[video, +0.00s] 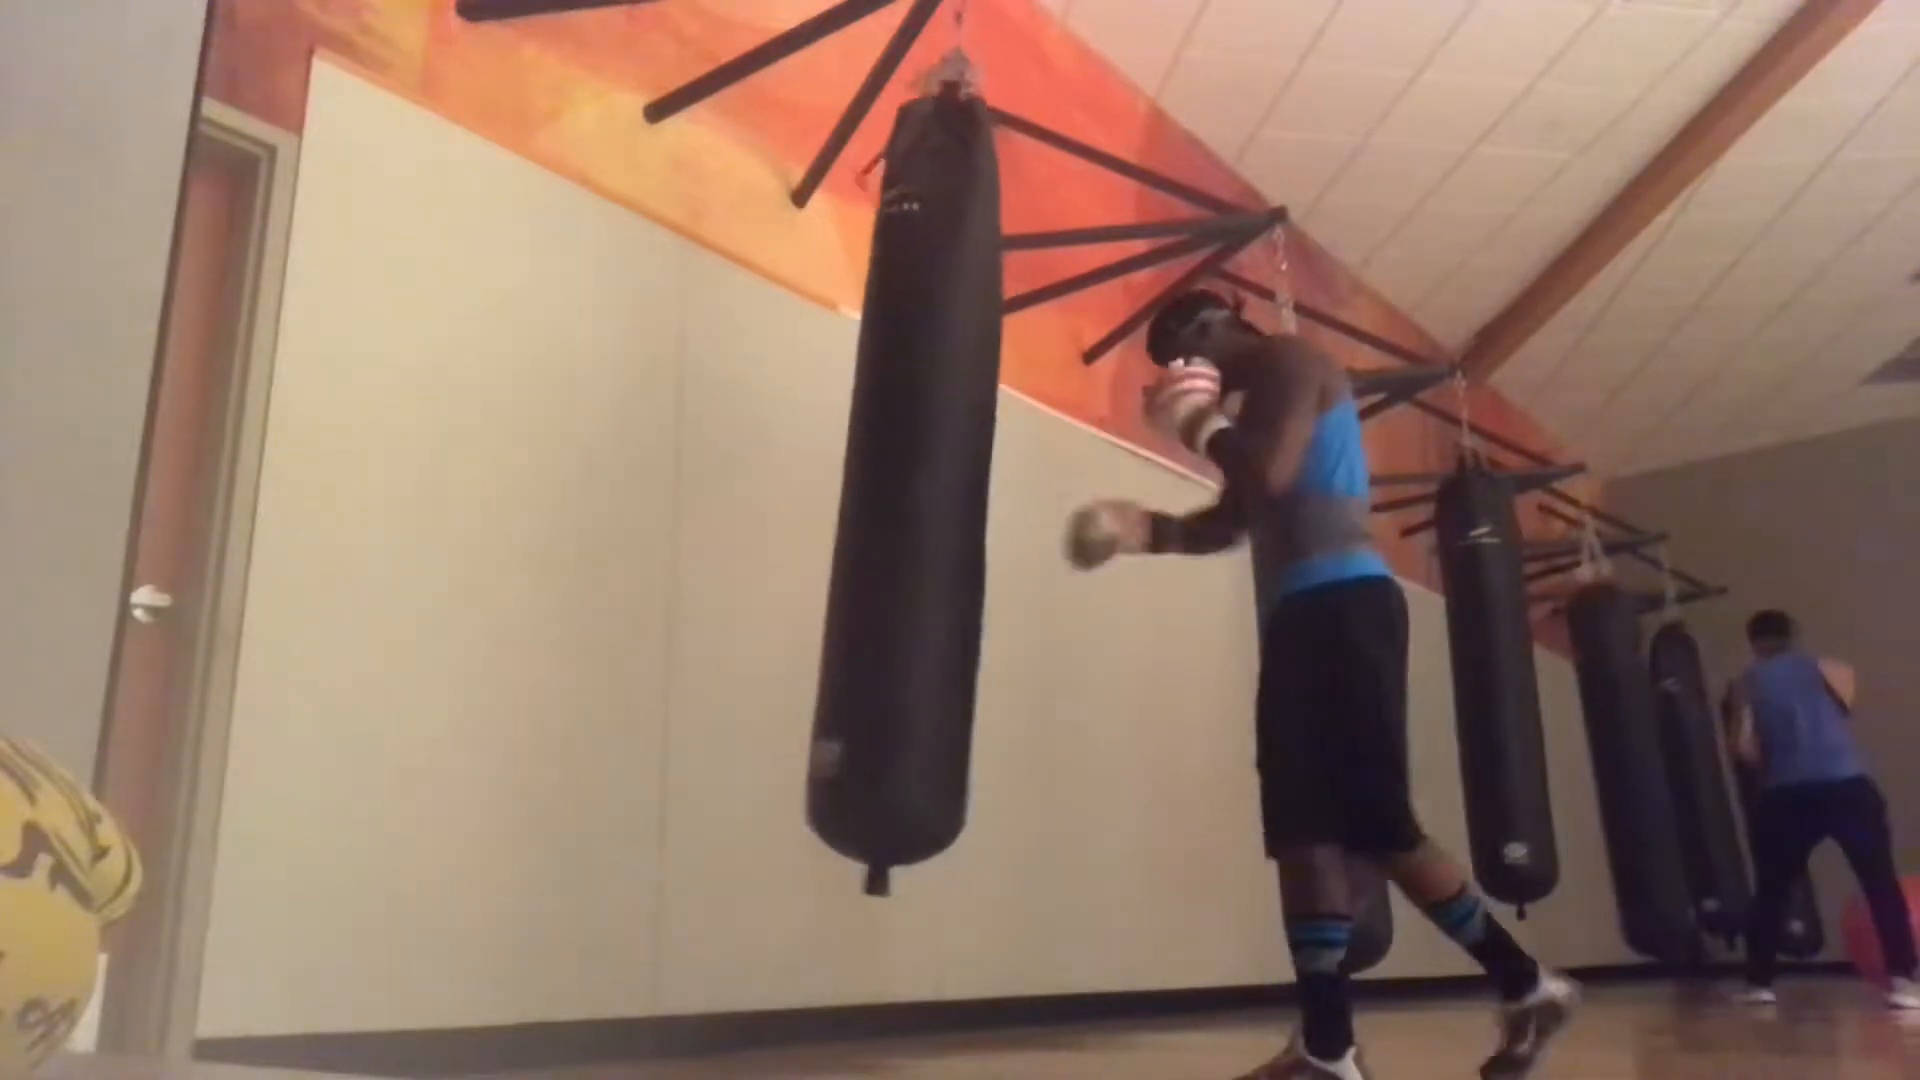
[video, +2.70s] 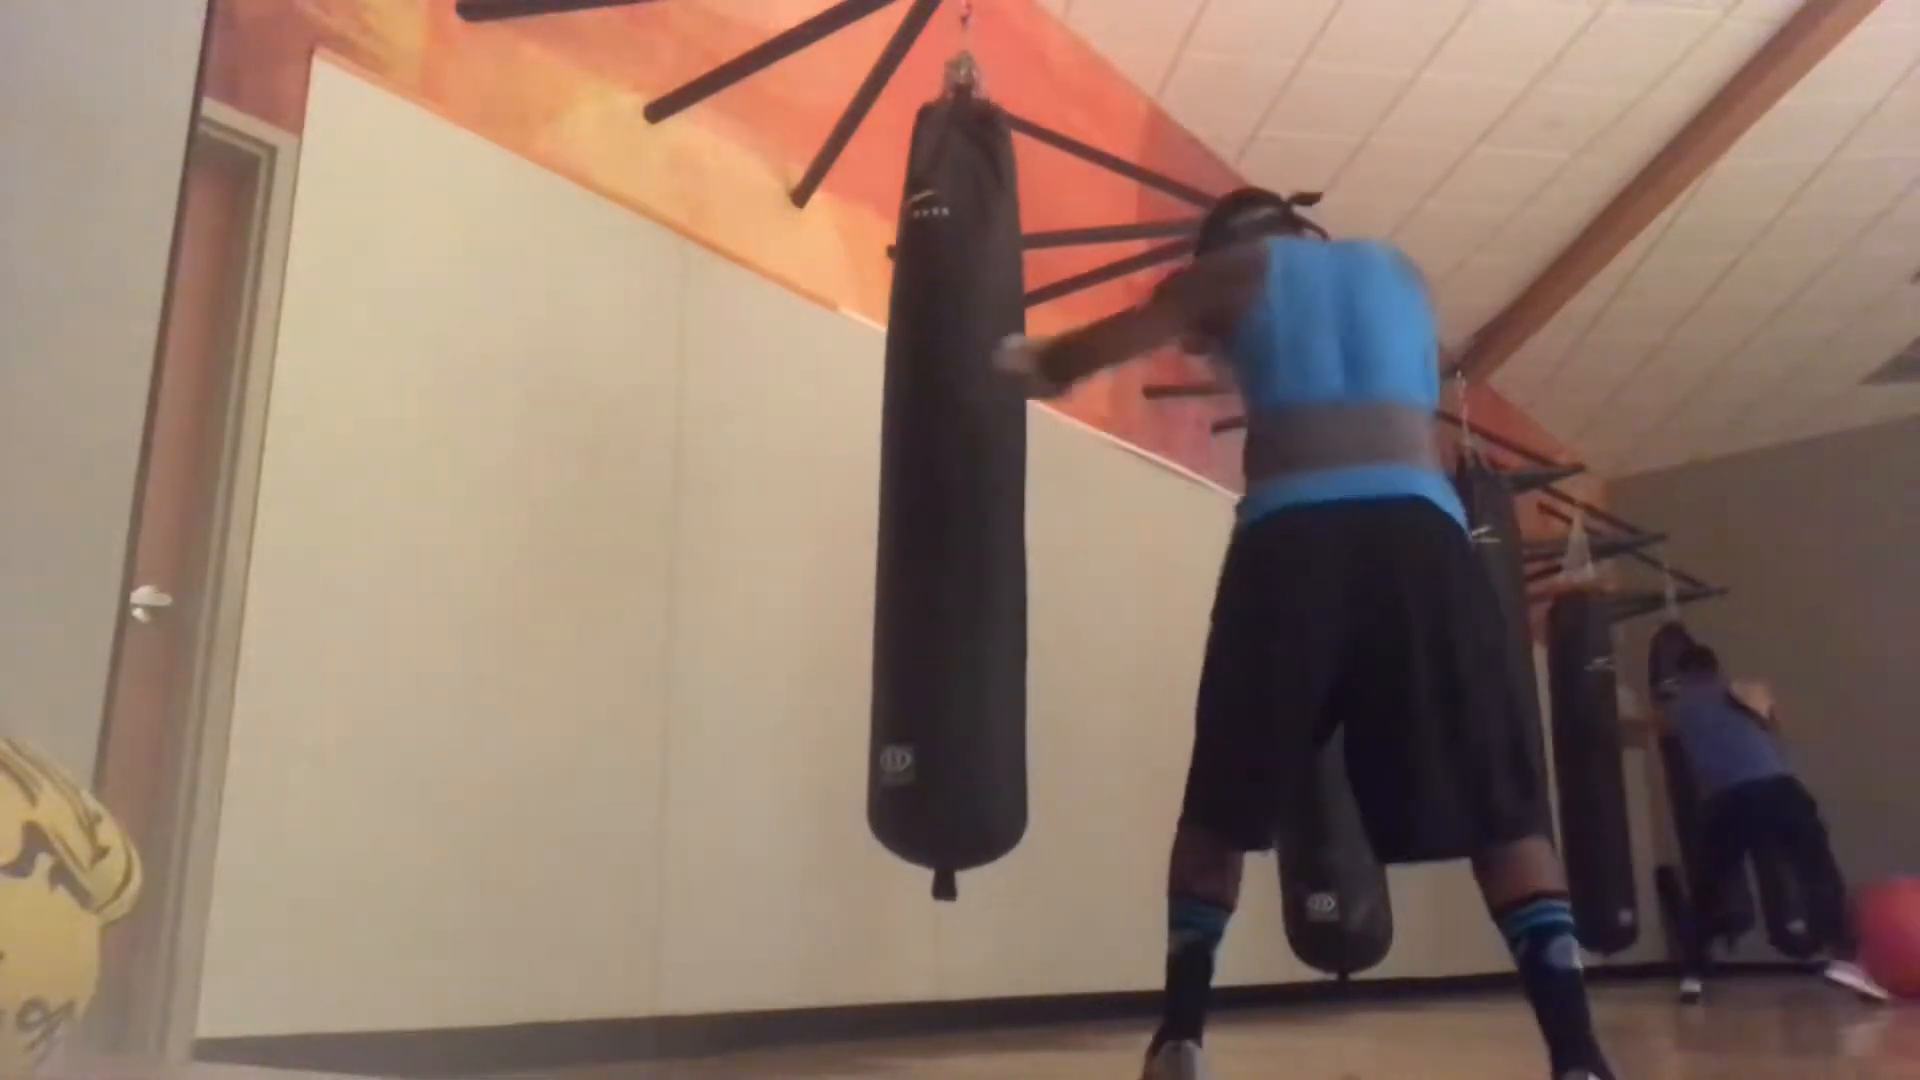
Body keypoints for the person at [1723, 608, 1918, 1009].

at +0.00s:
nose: (1761, 650)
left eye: (1756, 644)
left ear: (1754, 645)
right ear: (1793, 636)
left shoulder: (1745, 685)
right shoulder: (1827, 667)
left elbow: (1743, 748)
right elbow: (1847, 704)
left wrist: (1775, 758)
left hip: (1788, 796)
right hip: (1849, 789)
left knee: (1771, 889)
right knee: (1880, 882)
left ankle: (1760, 983)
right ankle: (1904, 978)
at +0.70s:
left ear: (1769, 644)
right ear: (1810, 638)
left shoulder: (1758, 682)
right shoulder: (1841, 668)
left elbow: (1733, 727)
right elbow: (1862, 707)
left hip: (1801, 799)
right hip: (1860, 794)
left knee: (1778, 884)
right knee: (1903, 880)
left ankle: (1764, 980)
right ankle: (1916, 977)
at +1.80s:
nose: (1763, 675)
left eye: (1760, 669)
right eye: (1761, 670)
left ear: (1764, 661)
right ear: (1794, 650)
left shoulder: (1774, 687)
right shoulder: (1840, 672)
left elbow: (1733, 732)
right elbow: (1860, 710)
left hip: (1811, 802)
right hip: (1870, 797)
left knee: (1771, 876)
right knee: (1912, 876)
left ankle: (1769, 955)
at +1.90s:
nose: (1751, 666)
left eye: (1745, 660)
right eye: (1752, 657)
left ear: (1740, 660)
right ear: (1779, 650)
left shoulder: (1749, 695)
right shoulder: (1815, 674)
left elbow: (1702, 721)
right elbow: (1829, 691)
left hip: (1804, 796)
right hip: (1859, 784)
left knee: (1774, 882)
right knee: (1909, 866)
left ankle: (1761, 969)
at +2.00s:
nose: (1727, 675)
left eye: (1726, 668)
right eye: (1726, 668)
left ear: (1731, 666)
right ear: (1765, 657)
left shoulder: (1746, 691)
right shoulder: (1795, 682)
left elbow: (1689, 713)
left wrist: (1642, 713)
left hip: (1806, 794)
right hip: (1859, 784)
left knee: (1774, 884)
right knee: (1908, 867)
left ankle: (1760, 975)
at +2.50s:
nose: (1713, 679)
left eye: (1712, 672)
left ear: (1712, 671)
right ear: (1746, 665)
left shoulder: (1717, 699)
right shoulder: (1776, 690)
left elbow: (1672, 724)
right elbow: (1808, 722)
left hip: (1760, 803)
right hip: (1810, 795)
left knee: (1729, 882)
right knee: (1858, 880)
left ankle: (1700, 962)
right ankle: (1897, 961)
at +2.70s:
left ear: (1680, 677)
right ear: (1716, 669)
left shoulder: (1676, 711)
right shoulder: (1745, 692)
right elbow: (1771, 724)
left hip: (1727, 800)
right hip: (1780, 788)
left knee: (1712, 879)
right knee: (1819, 866)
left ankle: (1695, 971)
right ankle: (1842, 952)